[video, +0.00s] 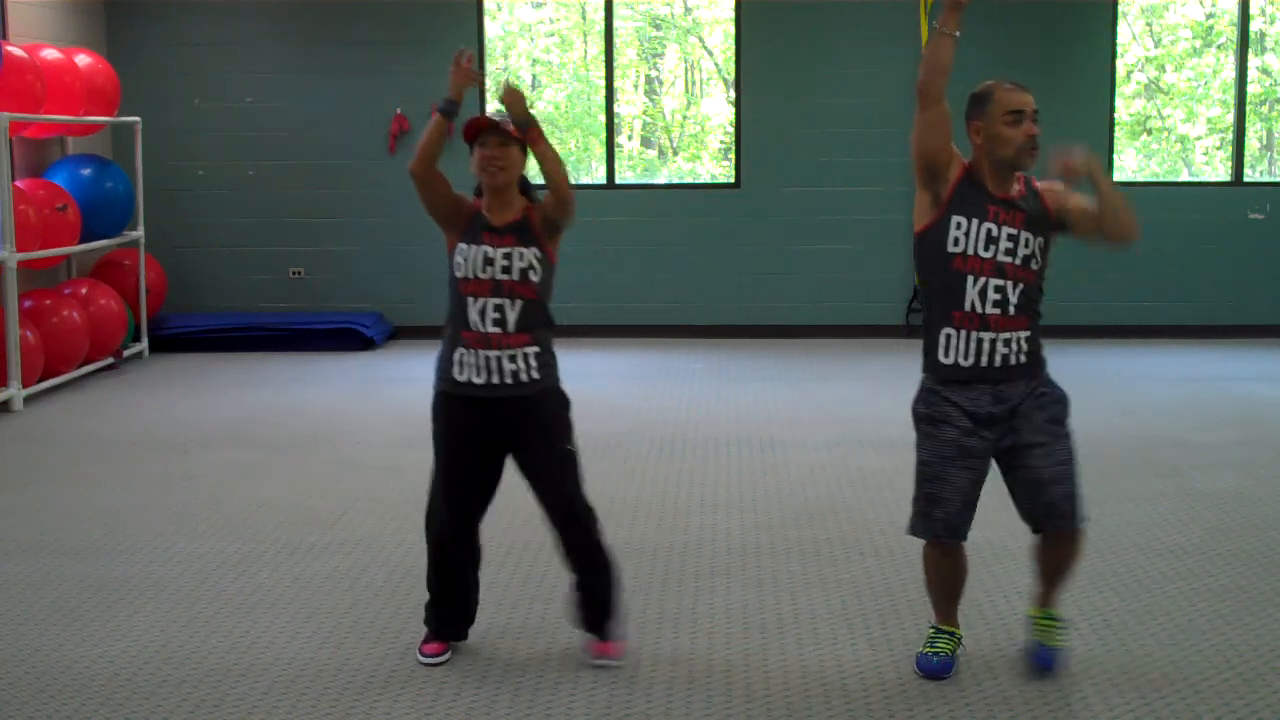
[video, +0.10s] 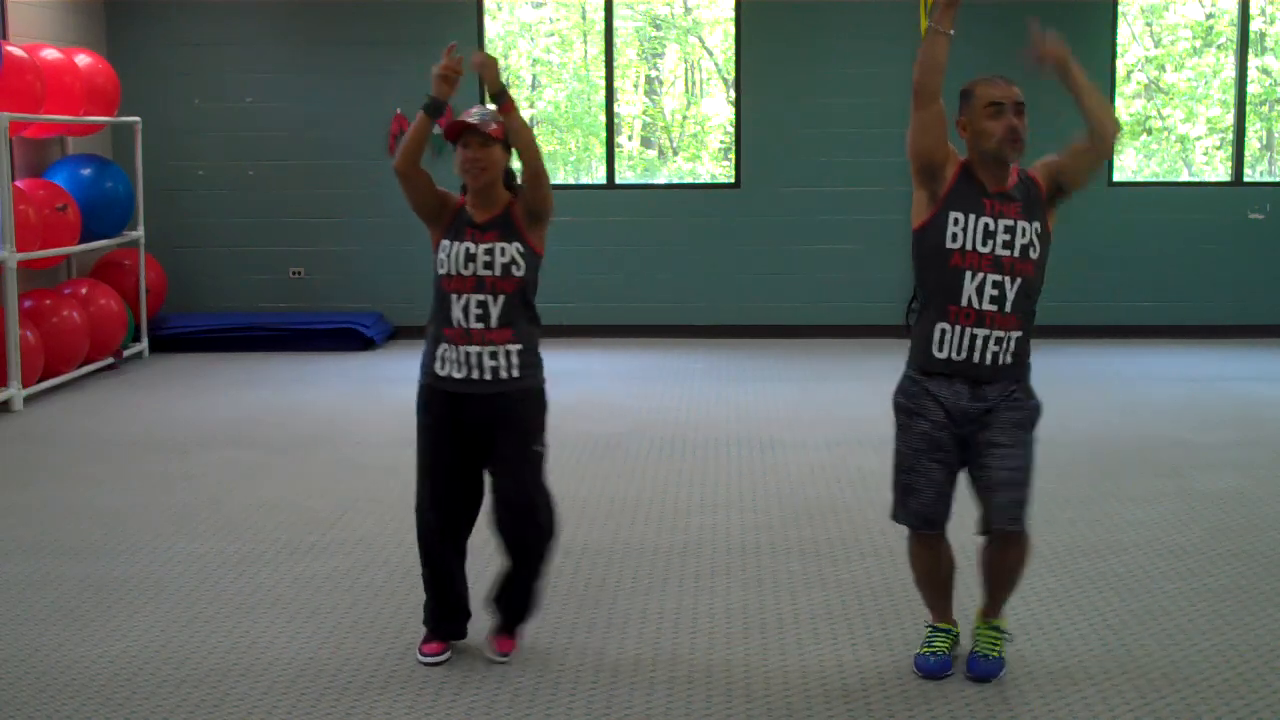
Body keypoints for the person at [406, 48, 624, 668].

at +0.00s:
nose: (491, 153)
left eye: (502, 145)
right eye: (484, 145)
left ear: (522, 159)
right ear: (471, 159)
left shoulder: (543, 220)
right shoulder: (460, 219)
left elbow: (563, 192)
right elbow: (422, 169)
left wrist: (529, 124)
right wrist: (452, 100)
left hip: (533, 397)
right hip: (465, 397)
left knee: (570, 512)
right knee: (450, 518)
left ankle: (602, 623)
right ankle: (444, 626)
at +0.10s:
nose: (470, 159)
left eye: (482, 148)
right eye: (462, 149)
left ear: (507, 156)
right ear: (454, 160)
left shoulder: (529, 215)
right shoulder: (445, 216)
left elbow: (529, 156)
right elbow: (405, 167)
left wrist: (498, 94)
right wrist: (438, 100)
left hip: (513, 394)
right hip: (447, 393)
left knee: (526, 517)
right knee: (440, 518)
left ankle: (510, 617)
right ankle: (442, 625)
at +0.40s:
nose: (435, 174)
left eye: (444, 163)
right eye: (430, 164)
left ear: (478, 159)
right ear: (431, 167)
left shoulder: (508, 214)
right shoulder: (425, 215)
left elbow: (497, 141)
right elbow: (356, 182)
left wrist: (458, 73)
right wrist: (358, 120)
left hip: (475, 397)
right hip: (413, 391)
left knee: (468, 519)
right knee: (407, 513)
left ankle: (499, 623)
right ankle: (423, 624)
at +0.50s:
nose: (428, 184)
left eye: (438, 173)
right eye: (424, 175)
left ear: (473, 171)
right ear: (427, 178)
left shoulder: (501, 223)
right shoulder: (419, 227)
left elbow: (491, 151)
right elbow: (334, 207)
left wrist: (445, 79)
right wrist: (298, 154)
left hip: (474, 407)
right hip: (410, 398)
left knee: (478, 517)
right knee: (371, 497)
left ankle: (501, 623)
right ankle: (412, 608)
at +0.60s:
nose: (414, 181)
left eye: (422, 169)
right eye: (410, 171)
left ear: (457, 166)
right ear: (412, 173)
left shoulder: (491, 216)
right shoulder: (404, 226)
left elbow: (478, 144)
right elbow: (315, 235)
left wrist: (430, 79)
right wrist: (238, 216)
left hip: (474, 400)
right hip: (405, 392)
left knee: (489, 517)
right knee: (346, 493)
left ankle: (502, 622)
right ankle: (367, 595)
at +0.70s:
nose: (396, 179)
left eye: (405, 168)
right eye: (393, 169)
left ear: (440, 166)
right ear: (395, 171)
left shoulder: (474, 216)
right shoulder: (382, 229)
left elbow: (463, 142)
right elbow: (307, 272)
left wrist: (414, 78)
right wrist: (229, 295)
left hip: (469, 402)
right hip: (397, 401)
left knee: (489, 521)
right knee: (343, 512)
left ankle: (503, 623)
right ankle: (293, 620)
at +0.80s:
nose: (373, 188)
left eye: (382, 178)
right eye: (370, 179)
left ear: (419, 176)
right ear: (374, 179)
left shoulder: (455, 225)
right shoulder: (360, 243)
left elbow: (444, 152)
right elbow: (304, 307)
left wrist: (397, 87)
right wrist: (242, 360)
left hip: (454, 413)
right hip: (380, 416)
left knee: (489, 523)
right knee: (338, 524)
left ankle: (501, 623)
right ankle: (279, 626)